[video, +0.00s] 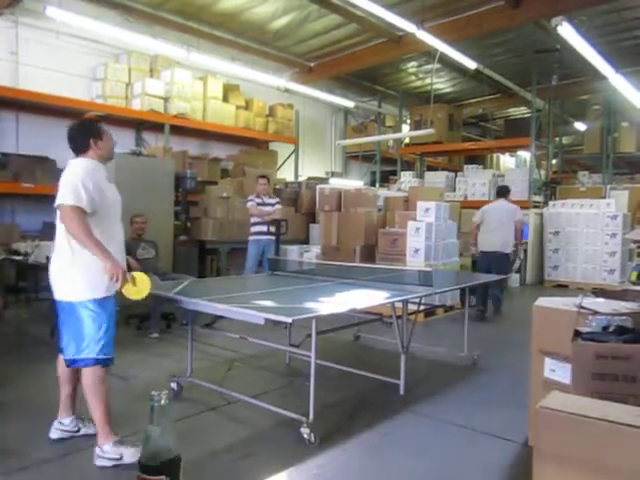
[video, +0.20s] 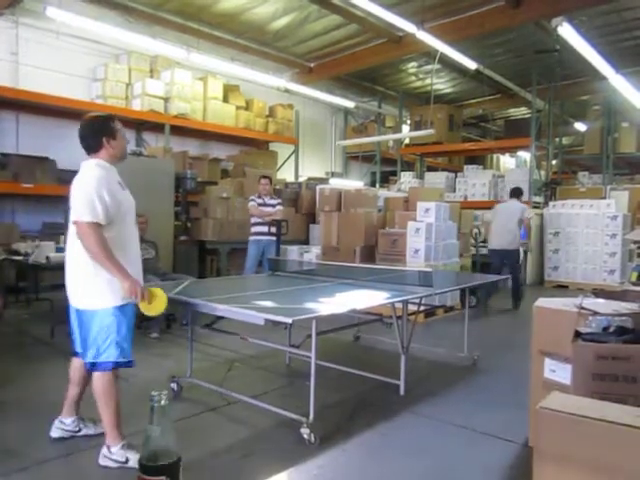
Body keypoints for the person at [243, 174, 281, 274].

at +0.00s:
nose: (263, 187)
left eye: (265, 184)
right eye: (260, 184)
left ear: (268, 186)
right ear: (256, 186)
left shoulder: (275, 199)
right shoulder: (252, 198)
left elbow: (278, 215)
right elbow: (253, 211)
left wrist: (263, 217)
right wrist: (271, 212)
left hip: (270, 237)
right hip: (255, 237)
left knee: (269, 266)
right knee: (250, 267)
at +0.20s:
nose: (264, 187)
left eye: (267, 184)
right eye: (262, 184)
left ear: (270, 186)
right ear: (258, 186)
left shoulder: (277, 200)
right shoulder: (253, 199)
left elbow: (280, 215)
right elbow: (253, 211)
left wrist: (265, 218)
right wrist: (272, 213)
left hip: (271, 238)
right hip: (256, 237)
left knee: (269, 267)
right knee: (250, 267)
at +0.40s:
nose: (264, 186)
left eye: (267, 184)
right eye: (262, 184)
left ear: (270, 186)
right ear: (258, 186)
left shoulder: (277, 200)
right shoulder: (253, 198)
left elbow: (279, 215)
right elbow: (253, 210)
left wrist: (265, 217)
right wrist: (271, 212)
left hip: (271, 237)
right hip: (255, 236)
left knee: (269, 267)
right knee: (249, 267)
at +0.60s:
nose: (261, 185)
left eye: (263, 183)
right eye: (259, 183)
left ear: (267, 185)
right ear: (255, 184)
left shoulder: (272, 200)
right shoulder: (249, 197)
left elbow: (277, 215)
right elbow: (250, 210)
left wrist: (263, 217)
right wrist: (269, 212)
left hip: (269, 237)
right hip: (252, 236)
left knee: (267, 268)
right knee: (249, 267)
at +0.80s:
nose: (256, 186)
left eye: (258, 184)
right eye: (253, 183)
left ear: (261, 186)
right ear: (249, 185)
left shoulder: (267, 200)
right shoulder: (244, 198)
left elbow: (270, 215)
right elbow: (246, 210)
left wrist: (256, 218)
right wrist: (264, 212)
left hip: (263, 238)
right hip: (247, 237)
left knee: (263, 269)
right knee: (247, 269)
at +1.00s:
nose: (251, 186)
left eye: (253, 183)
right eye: (248, 183)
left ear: (256, 185)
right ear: (244, 185)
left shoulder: (262, 200)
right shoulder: (239, 198)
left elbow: (268, 216)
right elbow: (243, 211)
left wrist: (252, 217)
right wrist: (261, 212)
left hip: (260, 238)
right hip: (244, 238)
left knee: (262, 269)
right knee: (244, 270)